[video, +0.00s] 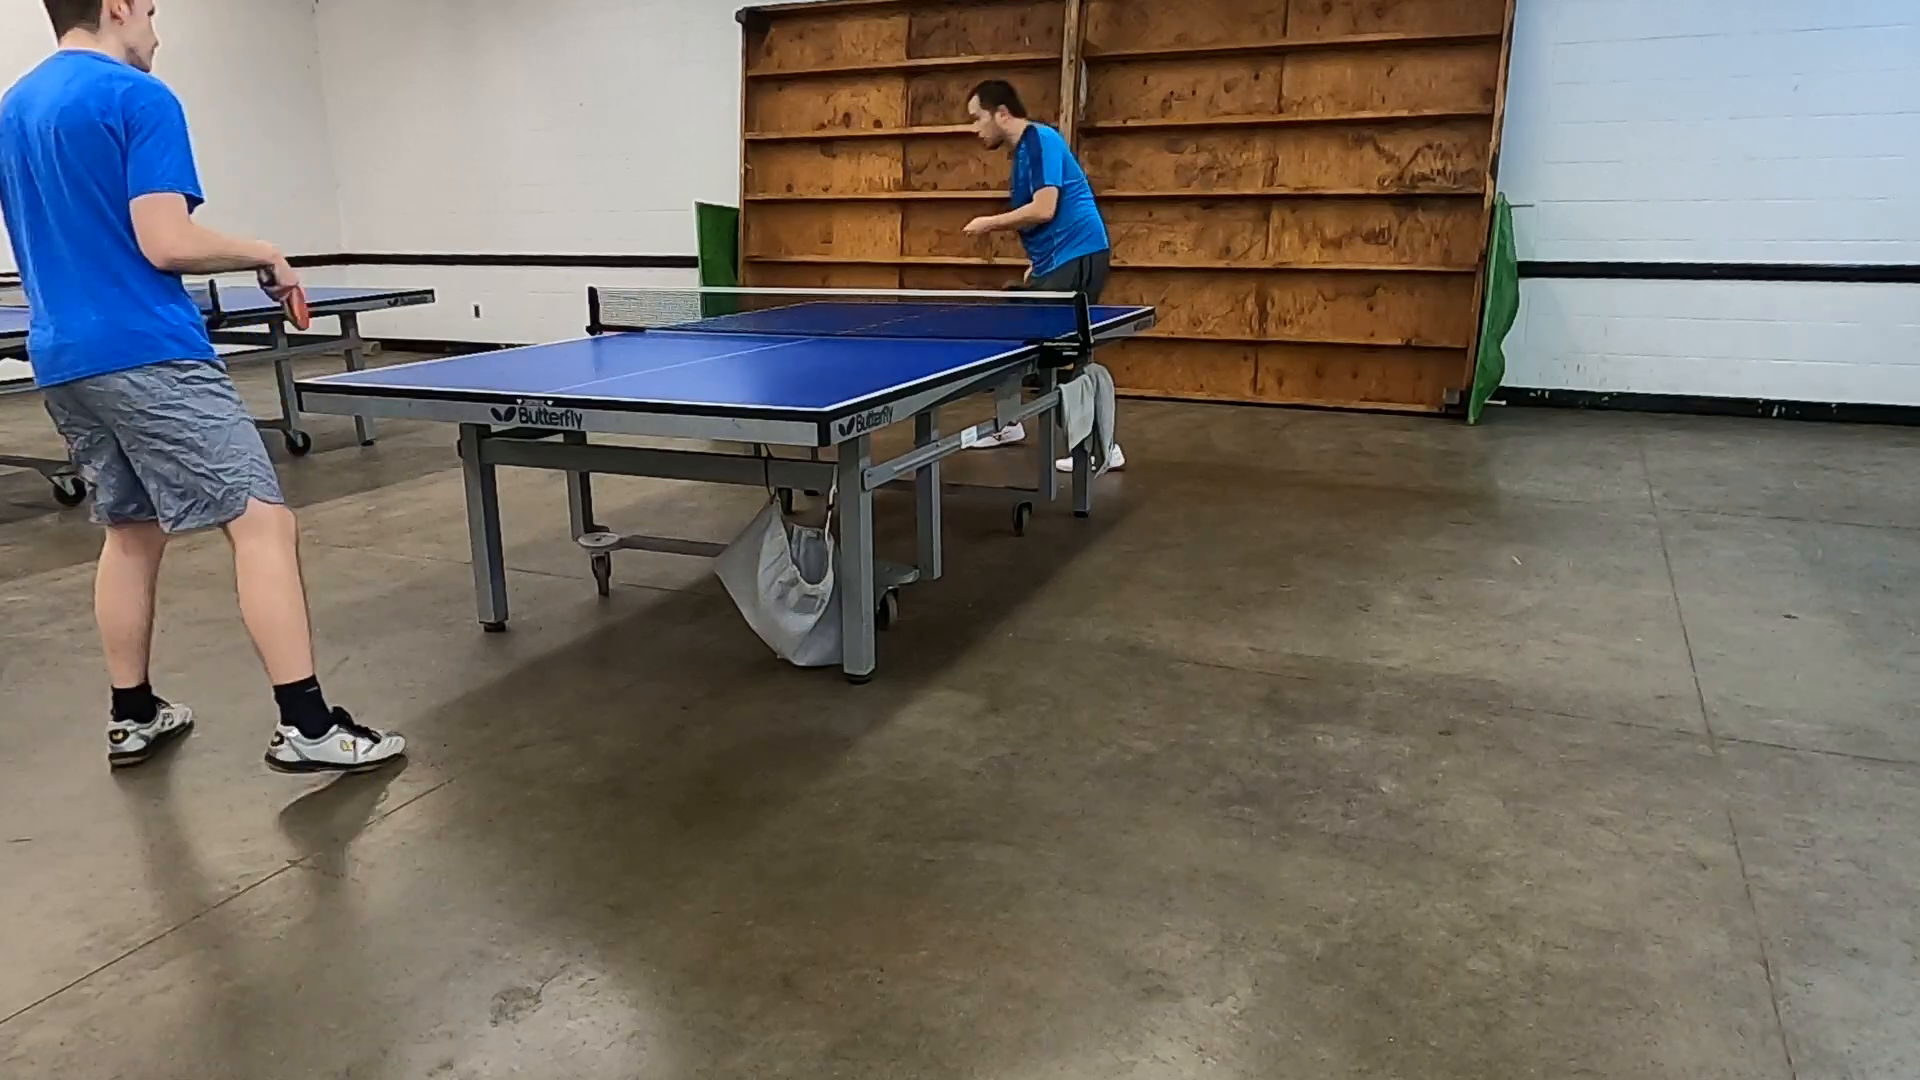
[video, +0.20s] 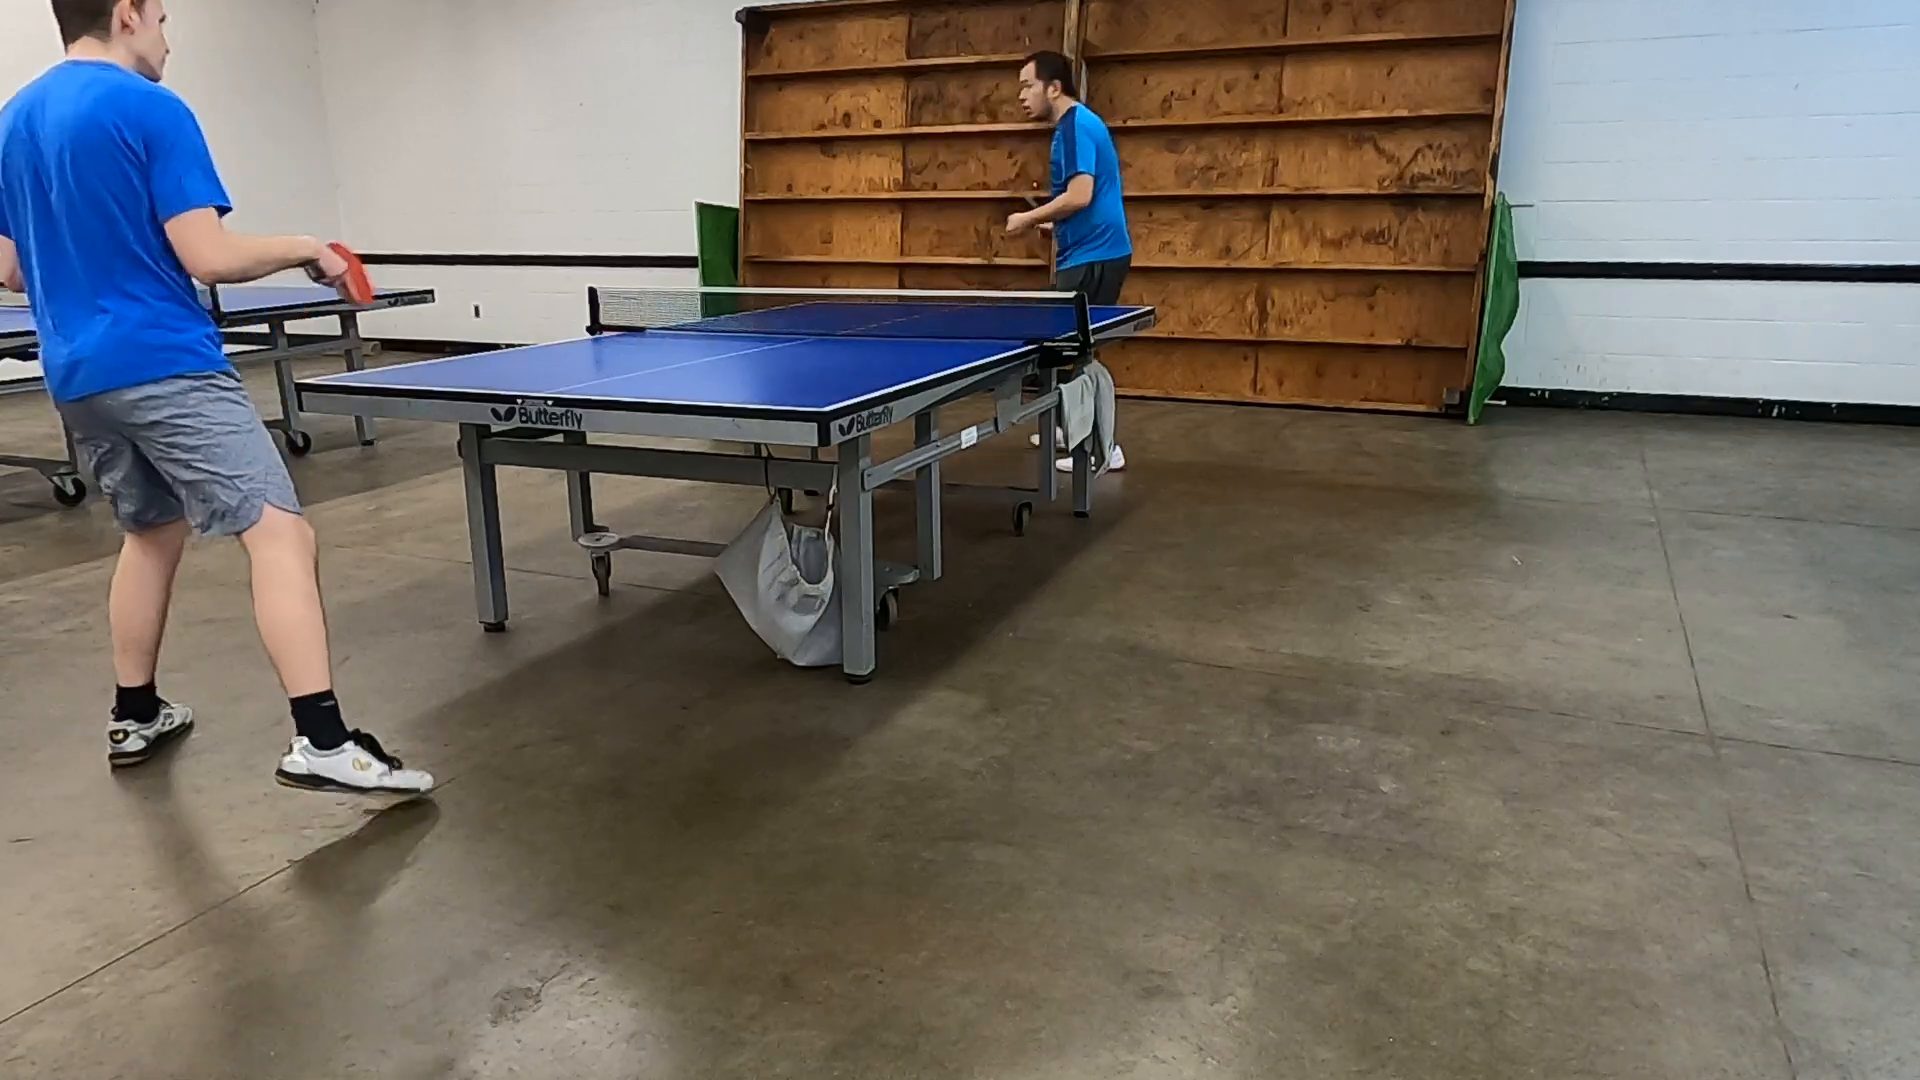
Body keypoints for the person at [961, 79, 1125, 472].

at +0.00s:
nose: (975, 128)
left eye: (977, 118)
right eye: (973, 120)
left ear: (1002, 114)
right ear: (1001, 116)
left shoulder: (1043, 139)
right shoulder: (1020, 155)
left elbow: (1045, 208)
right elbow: (1029, 217)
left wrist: (990, 222)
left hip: (1078, 253)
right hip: (1050, 260)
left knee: (1060, 352)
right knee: (1010, 330)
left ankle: (1099, 445)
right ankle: (1008, 421)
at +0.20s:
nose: (1021, 95)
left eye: (1028, 86)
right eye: (1021, 86)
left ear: (1054, 88)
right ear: (1054, 89)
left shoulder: (1079, 124)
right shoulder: (1071, 125)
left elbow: (1079, 194)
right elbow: (1091, 193)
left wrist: (1030, 217)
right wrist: (1057, 216)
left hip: (1096, 257)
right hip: (1082, 256)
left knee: (1069, 352)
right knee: (1063, 346)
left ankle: (1099, 447)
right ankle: (1070, 426)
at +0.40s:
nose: (1065, 81)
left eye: (1072, 72)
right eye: (1065, 73)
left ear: (1100, 77)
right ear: (1097, 80)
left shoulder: (1114, 117)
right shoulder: (1106, 119)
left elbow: (1120, 188)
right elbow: (1116, 191)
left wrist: (1069, 220)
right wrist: (1074, 203)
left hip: (1114, 256)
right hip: (1113, 254)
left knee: (1094, 351)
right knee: (1110, 345)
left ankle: (1102, 447)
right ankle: (1173, 409)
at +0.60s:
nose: (1103, 79)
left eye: (1111, 71)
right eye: (1103, 72)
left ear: (1138, 78)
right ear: (1136, 80)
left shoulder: (1147, 118)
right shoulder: (1148, 120)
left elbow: (1159, 186)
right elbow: (1147, 193)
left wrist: (1102, 219)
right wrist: (1097, 207)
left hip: (1142, 259)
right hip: (1167, 257)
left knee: (1109, 356)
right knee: (1172, 348)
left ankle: (1101, 446)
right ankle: (1228, 433)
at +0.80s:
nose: (1126, 82)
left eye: (1133, 73)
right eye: (1126, 74)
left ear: (1160, 78)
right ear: (1160, 81)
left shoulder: (1173, 116)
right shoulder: (1182, 118)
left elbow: (1181, 180)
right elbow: (1177, 188)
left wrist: (1122, 211)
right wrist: (1127, 214)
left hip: (1179, 255)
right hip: (1203, 254)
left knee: (1142, 351)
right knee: (1202, 350)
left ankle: (1119, 449)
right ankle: (1236, 446)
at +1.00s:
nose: (1128, 88)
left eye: (1134, 78)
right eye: (1127, 80)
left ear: (1162, 80)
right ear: (1162, 83)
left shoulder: (1183, 116)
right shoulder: (1186, 118)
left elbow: (1180, 185)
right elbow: (1189, 193)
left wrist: (1125, 203)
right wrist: (1149, 210)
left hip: (1200, 252)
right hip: (1216, 250)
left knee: (1163, 348)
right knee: (1202, 349)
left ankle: (1184, 451)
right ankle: (1237, 447)